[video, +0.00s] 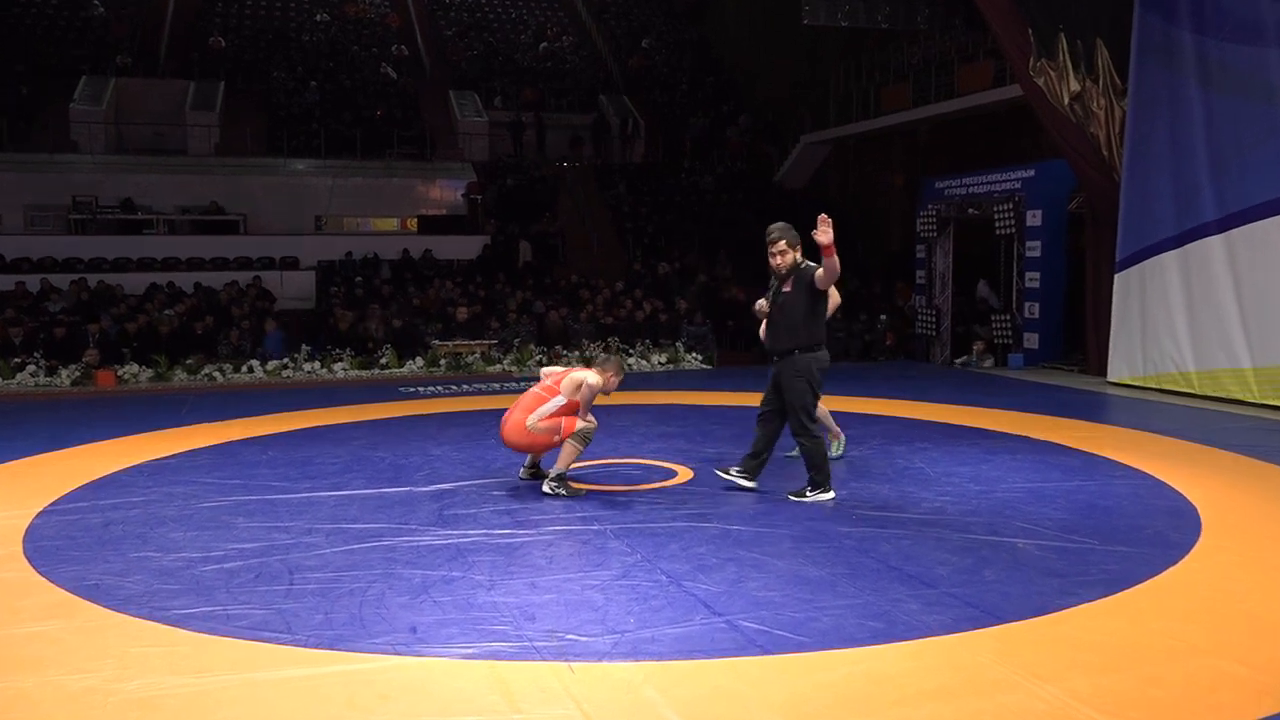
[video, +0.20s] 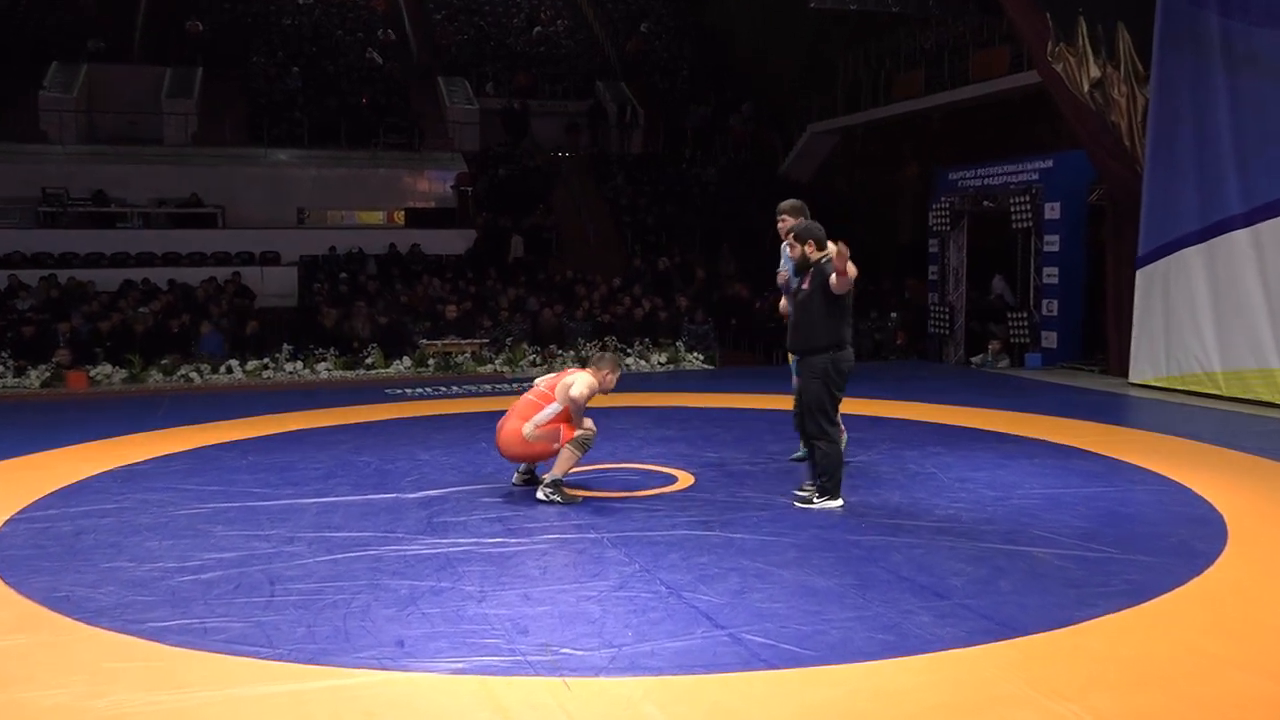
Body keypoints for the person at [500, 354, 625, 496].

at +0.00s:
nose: (616, 387)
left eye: (619, 383)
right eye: (618, 382)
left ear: (595, 367)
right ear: (610, 377)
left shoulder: (571, 371)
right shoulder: (595, 379)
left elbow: (545, 371)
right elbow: (591, 384)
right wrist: (583, 413)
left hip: (508, 429)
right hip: (524, 434)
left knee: (558, 416)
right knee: (586, 427)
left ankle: (531, 467)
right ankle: (556, 480)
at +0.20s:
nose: (615, 385)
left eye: (616, 379)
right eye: (616, 378)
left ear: (591, 367)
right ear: (606, 375)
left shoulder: (571, 372)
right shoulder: (589, 380)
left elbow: (538, 381)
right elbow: (576, 396)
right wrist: (578, 423)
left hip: (504, 435)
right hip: (518, 443)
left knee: (559, 421)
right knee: (586, 433)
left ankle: (526, 471)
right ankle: (551, 485)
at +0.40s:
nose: (614, 365)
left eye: (617, 360)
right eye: (617, 358)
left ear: (593, 343)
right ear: (607, 353)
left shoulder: (574, 348)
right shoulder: (585, 355)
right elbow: (560, 375)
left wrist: (549, 406)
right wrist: (565, 411)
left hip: (491, 392)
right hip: (504, 395)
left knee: (537, 427)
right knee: (564, 431)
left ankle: (514, 478)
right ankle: (541, 493)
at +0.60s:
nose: (612, 356)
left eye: (615, 351)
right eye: (615, 349)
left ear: (599, 335)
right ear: (606, 340)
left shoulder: (573, 334)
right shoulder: (583, 339)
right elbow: (547, 360)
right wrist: (539, 404)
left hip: (479, 363)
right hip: (493, 366)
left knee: (516, 421)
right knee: (539, 425)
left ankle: (504, 484)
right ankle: (532, 500)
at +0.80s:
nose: (606, 358)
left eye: (610, 352)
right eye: (609, 351)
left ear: (597, 338)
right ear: (601, 340)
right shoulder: (579, 337)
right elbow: (537, 358)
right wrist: (523, 404)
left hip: (468, 356)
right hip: (483, 359)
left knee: (498, 425)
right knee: (520, 427)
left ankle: (494, 491)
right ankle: (523, 508)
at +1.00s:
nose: (600, 355)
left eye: (605, 349)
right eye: (604, 347)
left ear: (591, 331)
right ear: (595, 334)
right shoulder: (573, 333)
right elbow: (533, 360)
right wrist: (516, 410)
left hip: (454, 352)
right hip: (475, 356)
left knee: (483, 431)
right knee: (507, 432)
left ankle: (483, 500)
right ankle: (514, 518)